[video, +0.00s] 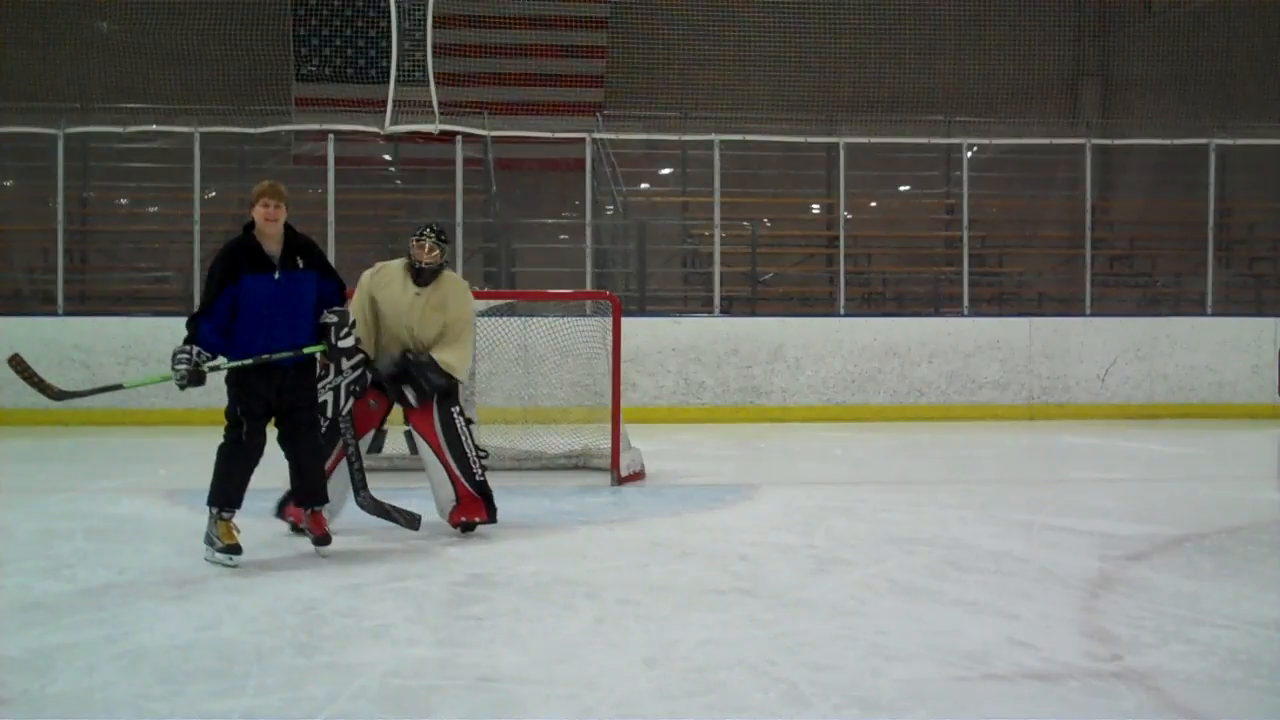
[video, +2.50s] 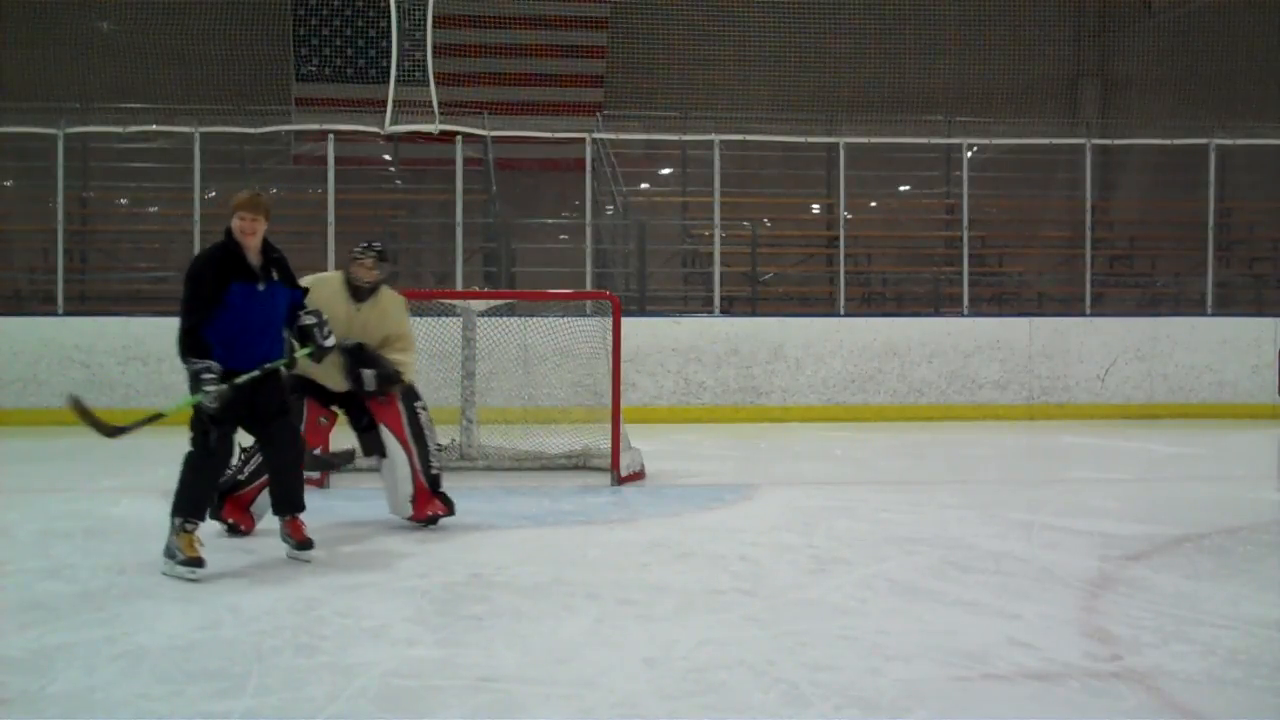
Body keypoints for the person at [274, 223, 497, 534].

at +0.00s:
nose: (424, 255)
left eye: (432, 250)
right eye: (420, 247)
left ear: (443, 255)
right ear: (410, 248)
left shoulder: (455, 290)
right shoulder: (378, 278)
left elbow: (458, 350)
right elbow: (357, 334)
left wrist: (421, 374)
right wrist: (358, 372)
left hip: (428, 377)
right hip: (378, 374)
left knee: (444, 432)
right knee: (345, 432)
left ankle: (470, 503)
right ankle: (307, 501)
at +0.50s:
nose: (396, 262)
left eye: (404, 256)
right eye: (392, 255)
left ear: (419, 259)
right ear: (385, 257)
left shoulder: (440, 295)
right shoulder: (362, 285)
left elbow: (456, 348)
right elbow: (332, 323)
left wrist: (440, 379)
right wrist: (317, 356)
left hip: (417, 379)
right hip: (364, 375)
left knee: (443, 433)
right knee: (340, 435)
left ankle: (478, 497)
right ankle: (317, 506)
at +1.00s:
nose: (344, 265)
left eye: (352, 259)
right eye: (340, 258)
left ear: (367, 262)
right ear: (333, 259)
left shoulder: (389, 290)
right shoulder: (316, 289)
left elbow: (404, 342)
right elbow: (293, 334)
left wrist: (399, 370)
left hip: (375, 380)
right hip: (328, 380)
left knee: (410, 410)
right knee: (333, 414)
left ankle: (396, 495)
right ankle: (278, 492)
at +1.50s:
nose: (338, 255)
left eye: (346, 249)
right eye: (334, 248)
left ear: (359, 253)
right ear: (326, 249)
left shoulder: (378, 285)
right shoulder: (302, 276)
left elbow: (402, 342)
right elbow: (279, 316)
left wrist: (380, 340)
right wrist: (292, 352)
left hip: (358, 373)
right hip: (310, 372)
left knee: (369, 440)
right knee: (293, 433)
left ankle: (368, 498)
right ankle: (260, 494)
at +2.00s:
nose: (300, 258)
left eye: (308, 253)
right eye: (295, 251)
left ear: (321, 256)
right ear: (288, 254)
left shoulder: (340, 288)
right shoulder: (273, 278)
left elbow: (347, 336)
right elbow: (257, 316)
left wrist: (313, 346)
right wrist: (274, 342)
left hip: (320, 371)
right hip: (275, 367)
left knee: (336, 414)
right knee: (266, 419)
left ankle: (343, 488)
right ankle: (250, 488)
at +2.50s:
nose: (364, 272)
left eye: (372, 267)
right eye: (359, 265)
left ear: (383, 273)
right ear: (348, 265)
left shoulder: (393, 306)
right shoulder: (316, 289)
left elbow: (404, 356)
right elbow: (275, 316)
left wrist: (385, 374)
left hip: (364, 388)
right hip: (313, 381)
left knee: (407, 405)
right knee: (293, 438)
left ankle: (424, 497)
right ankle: (236, 500)